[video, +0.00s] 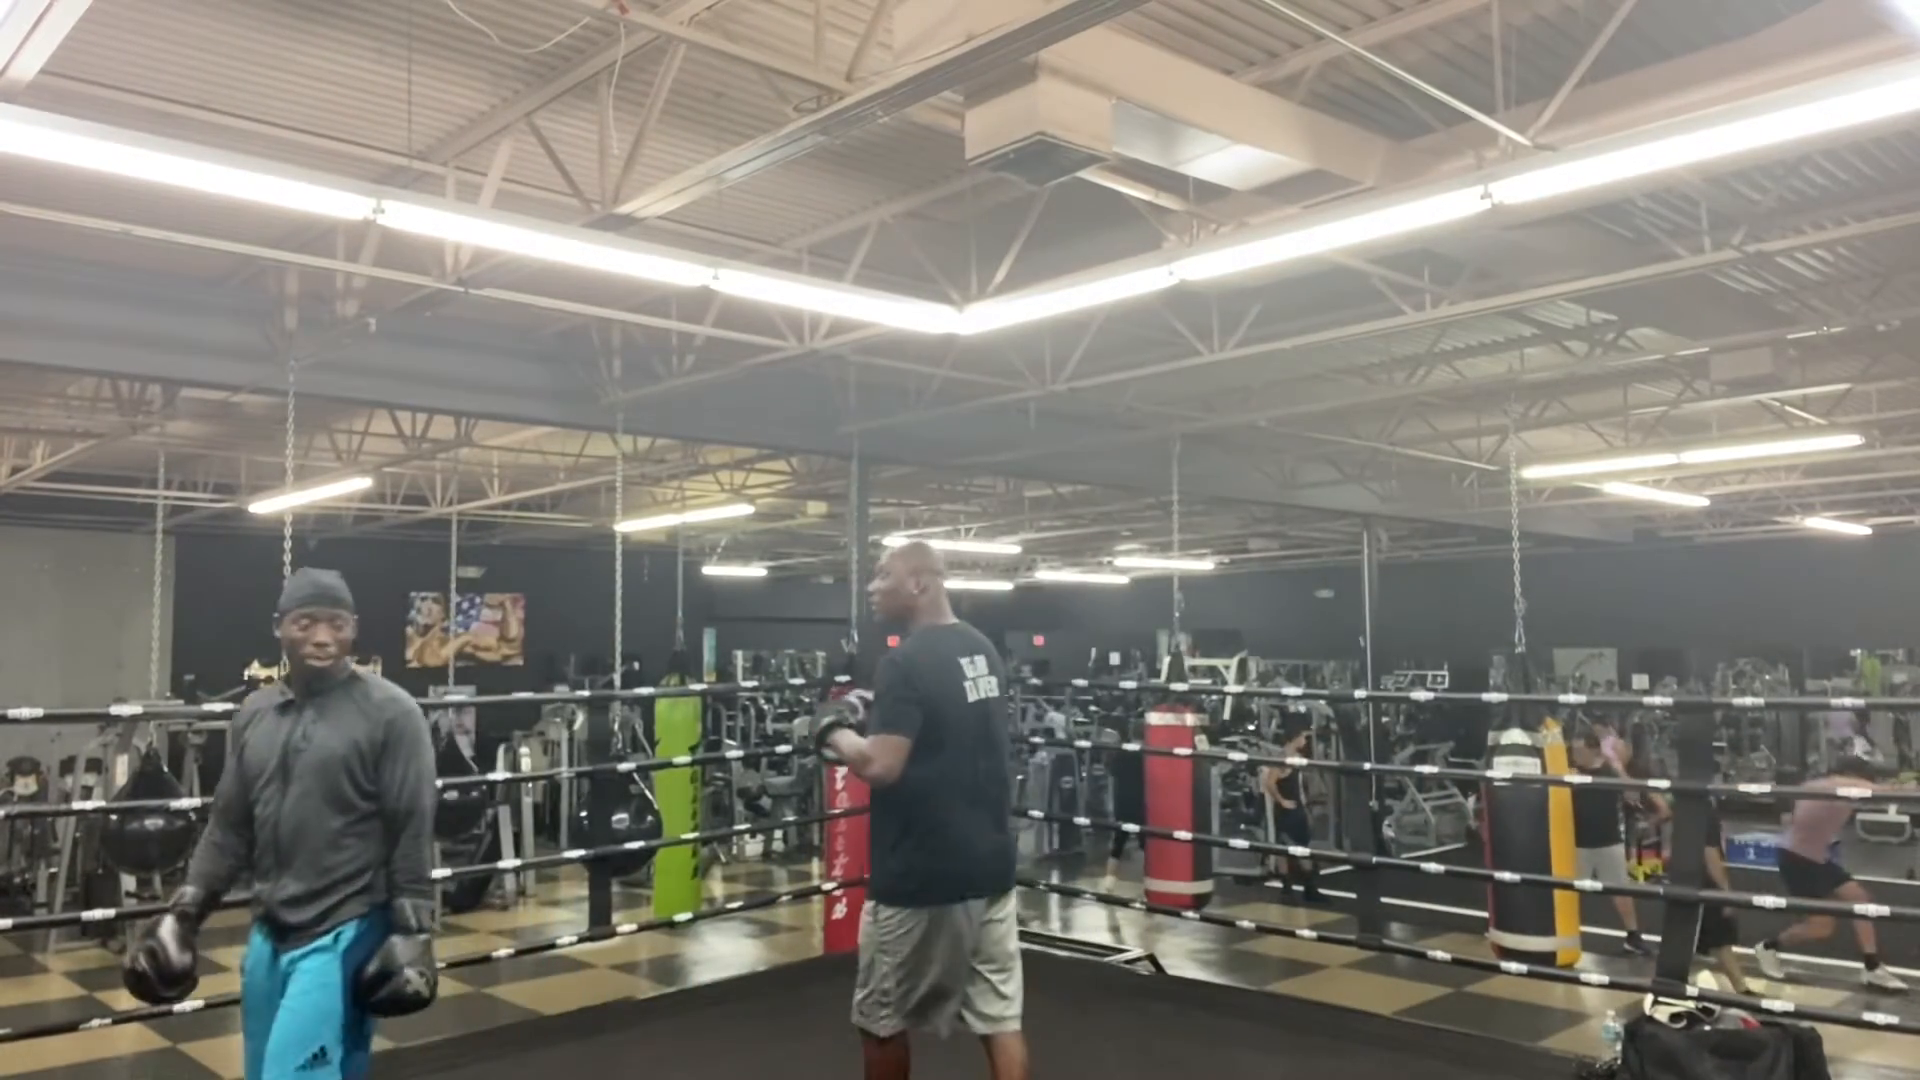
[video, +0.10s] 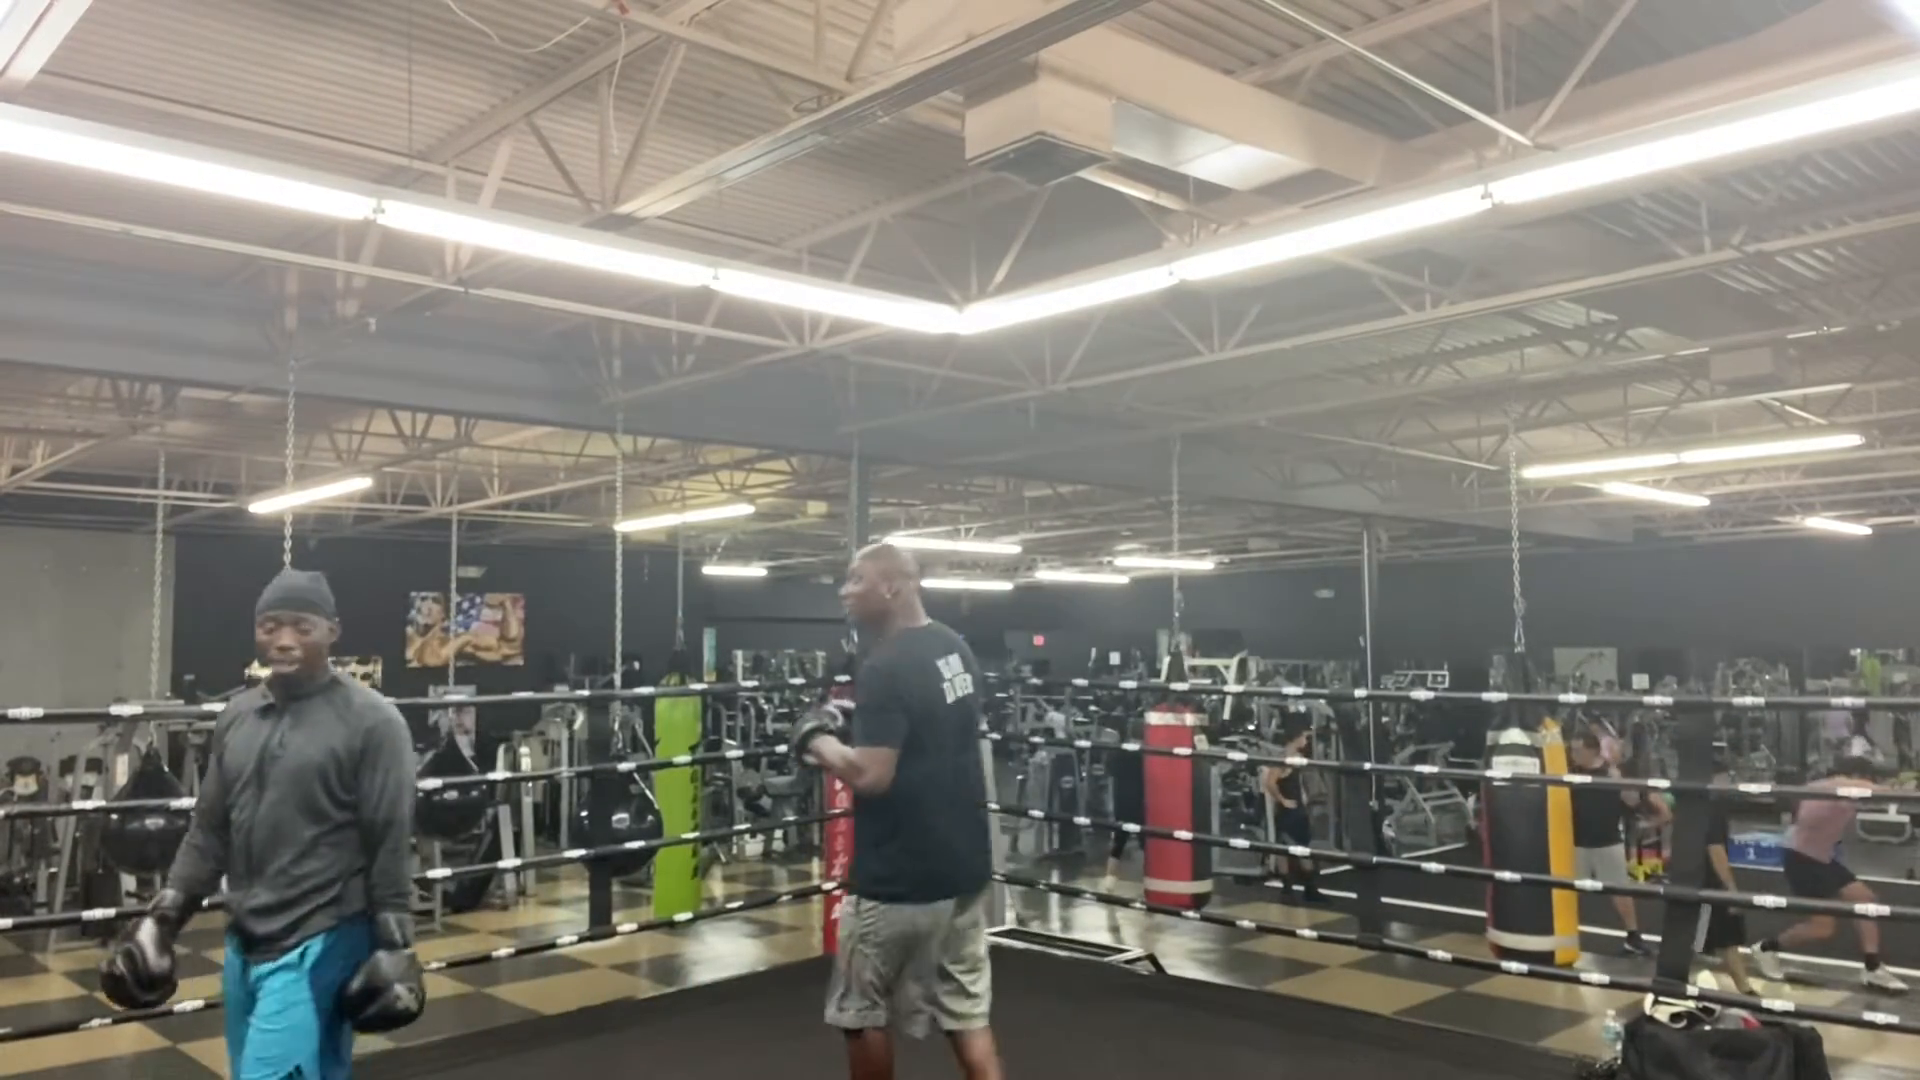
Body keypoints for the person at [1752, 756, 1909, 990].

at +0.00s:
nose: (1871, 783)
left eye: (1871, 779)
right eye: (1869, 779)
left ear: (1841, 769)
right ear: (1861, 775)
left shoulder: (1811, 783)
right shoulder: (1850, 785)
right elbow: (1883, 792)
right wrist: (1913, 788)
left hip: (1817, 862)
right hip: (1799, 863)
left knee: (1860, 902)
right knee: (1822, 927)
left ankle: (1872, 966)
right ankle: (1768, 947)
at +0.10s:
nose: (1872, 784)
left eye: (1872, 780)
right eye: (1870, 779)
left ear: (1847, 772)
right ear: (1858, 775)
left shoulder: (1817, 784)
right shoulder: (1847, 785)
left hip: (1824, 862)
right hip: (1802, 861)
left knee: (1865, 902)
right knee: (1823, 927)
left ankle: (1873, 967)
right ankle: (1766, 948)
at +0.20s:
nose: (1873, 779)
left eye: (1873, 775)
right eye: (1870, 774)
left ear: (1853, 766)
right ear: (1862, 769)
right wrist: (1903, 789)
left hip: (1828, 859)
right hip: (1802, 856)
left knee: (1867, 901)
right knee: (1819, 925)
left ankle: (1873, 968)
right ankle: (1769, 949)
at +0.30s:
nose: (1877, 771)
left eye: (1877, 765)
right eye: (1876, 765)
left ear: (1854, 760)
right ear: (1863, 761)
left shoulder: (1830, 773)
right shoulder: (1847, 777)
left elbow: (1805, 809)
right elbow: (1866, 809)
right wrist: (1877, 780)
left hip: (1834, 852)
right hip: (1805, 851)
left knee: (1866, 901)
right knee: (1813, 919)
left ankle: (1872, 967)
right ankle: (1772, 951)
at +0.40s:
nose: (1867, 766)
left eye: (1869, 762)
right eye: (1866, 761)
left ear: (1860, 760)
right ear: (1853, 756)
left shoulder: (1859, 780)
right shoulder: (1823, 773)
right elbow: (1843, 804)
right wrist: (1872, 786)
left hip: (1838, 850)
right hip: (1805, 848)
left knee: (1867, 899)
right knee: (1802, 904)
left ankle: (1873, 967)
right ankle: (1777, 953)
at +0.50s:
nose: (1855, 767)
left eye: (1860, 763)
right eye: (1853, 762)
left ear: (1863, 763)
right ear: (1842, 758)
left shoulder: (1859, 780)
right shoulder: (1816, 775)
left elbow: (1877, 808)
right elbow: (1828, 813)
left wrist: (1873, 776)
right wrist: (1849, 786)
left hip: (1839, 852)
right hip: (1804, 850)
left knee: (1866, 898)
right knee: (1789, 905)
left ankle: (1873, 967)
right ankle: (1780, 955)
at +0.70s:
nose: (1834, 777)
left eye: (1838, 773)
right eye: (1830, 772)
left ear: (1844, 773)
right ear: (1820, 771)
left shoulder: (1849, 791)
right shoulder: (1801, 788)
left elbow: (1860, 831)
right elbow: (1789, 826)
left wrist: (1846, 802)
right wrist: (1812, 798)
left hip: (1842, 859)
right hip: (1802, 858)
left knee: (1866, 905)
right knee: (1788, 905)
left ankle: (1876, 967)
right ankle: (1782, 957)